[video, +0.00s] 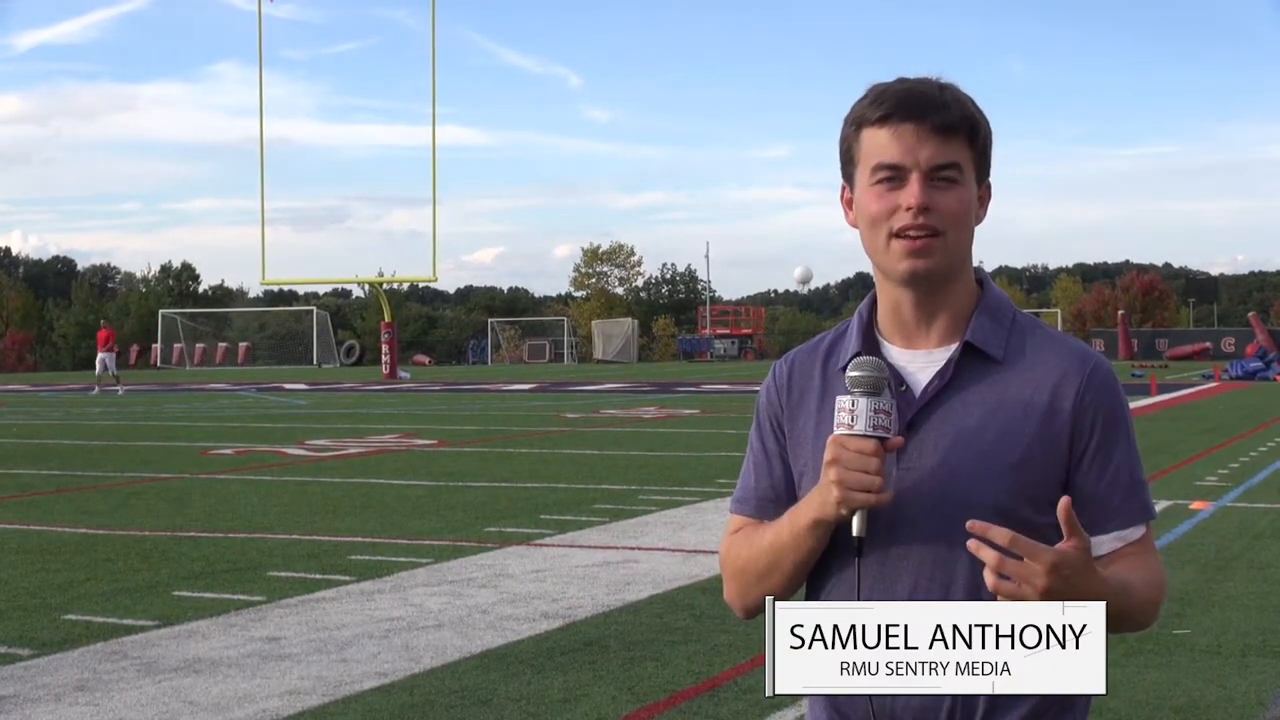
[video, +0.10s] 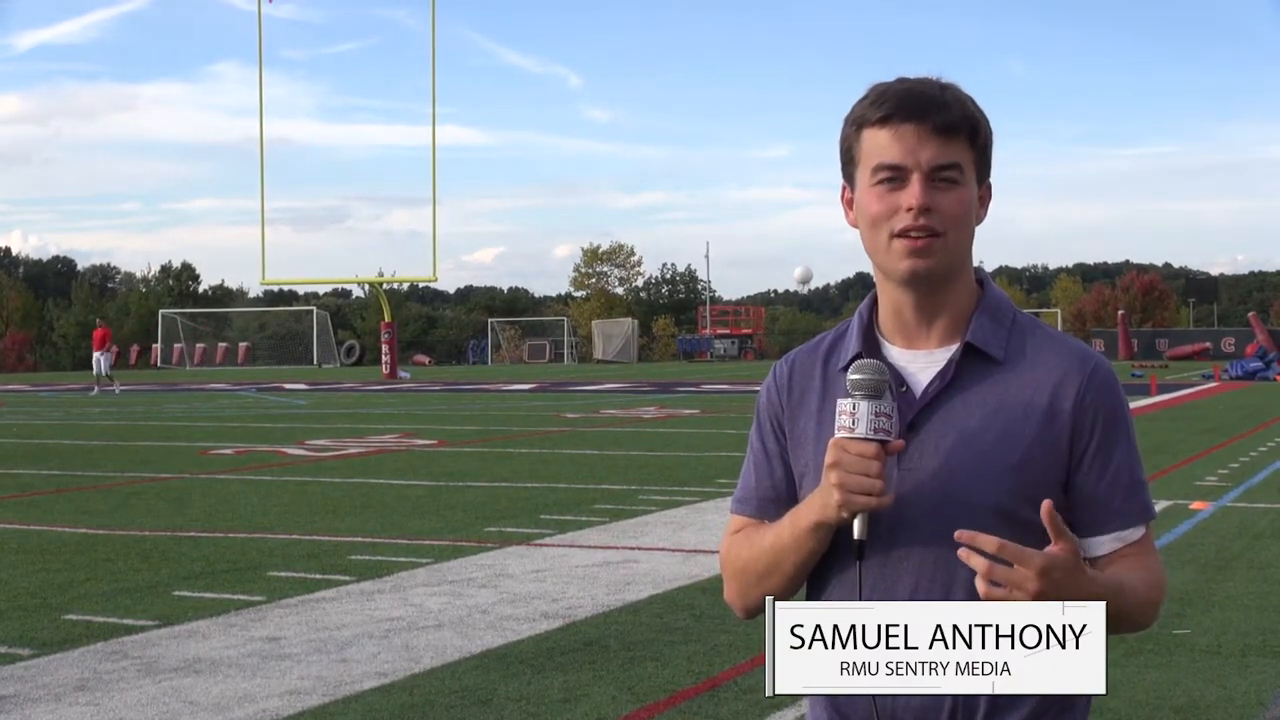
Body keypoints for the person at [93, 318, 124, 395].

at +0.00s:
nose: (103, 325)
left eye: (104, 323)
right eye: (102, 323)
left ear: (107, 324)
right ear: (100, 324)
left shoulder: (110, 332)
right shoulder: (99, 332)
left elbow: (111, 343)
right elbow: (99, 342)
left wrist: (104, 349)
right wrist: (98, 351)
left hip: (109, 353)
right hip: (101, 353)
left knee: (113, 372)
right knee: (98, 372)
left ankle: (120, 387)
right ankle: (97, 388)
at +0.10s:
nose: (98, 323)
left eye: (99, 322)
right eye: (97, 322)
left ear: (102, 322)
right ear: (96, 323)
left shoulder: (106, 331)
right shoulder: (95, 332)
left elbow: (109, 342)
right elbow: (94, 342)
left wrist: (104, 350)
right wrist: (94, 351)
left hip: (104, 353)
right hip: (96, 353)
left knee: (105, 372)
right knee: (96, 372)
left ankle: (116, 384)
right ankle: (97, 388)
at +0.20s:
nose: (95, 323)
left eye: (96, 321)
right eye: (94, 322)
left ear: (99, 322)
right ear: (93, 323)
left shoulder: (104, 331)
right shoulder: (91, 331)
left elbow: (107, 342)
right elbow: (89, 343)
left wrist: (105, 352)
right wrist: (87, 353)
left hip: (100, 352)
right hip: (92, 352)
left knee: (99, 371)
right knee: (94, 372)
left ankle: (107, 383)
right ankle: (97, 387)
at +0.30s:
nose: (91, 323)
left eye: (92, 321)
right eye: (90, 321)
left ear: (95, 322)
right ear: (89, 322)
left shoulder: (100, 331)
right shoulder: (87, 331)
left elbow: (105, 342)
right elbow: (84, 343)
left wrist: (106, 352)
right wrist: (81, 352)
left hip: (98, 351)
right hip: (90, 351)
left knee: (93, 369)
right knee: (93, 370)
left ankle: (97, 387)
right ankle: (97, 387)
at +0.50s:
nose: (86, 324)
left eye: (87, 322)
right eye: (85, 322)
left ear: (91, 323)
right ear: (83, 323)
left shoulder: (95, 332)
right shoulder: (81, 332)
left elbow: (100, 344)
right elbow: (76, 344)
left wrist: (104, 353)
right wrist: (70, 351)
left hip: (92, 353)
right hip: (84, 353)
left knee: (87, 371)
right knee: (88, 372)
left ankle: (85, 388)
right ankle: (95, 388)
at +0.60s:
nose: (83, 324)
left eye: (84, 322)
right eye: (82, 322)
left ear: (88, 323)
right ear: (81, 323)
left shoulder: (92, 332)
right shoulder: (79, 332)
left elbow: (97, 344)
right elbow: (74, 344)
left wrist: (100, 353)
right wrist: (68, 352)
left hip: (89, 353)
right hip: (81, 353)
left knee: (84, 372)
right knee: (83, 373)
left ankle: (84, 390)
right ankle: (93, 387)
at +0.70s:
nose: (80, 324)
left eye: (82, 322)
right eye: (79, 322)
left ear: (85, 323)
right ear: (78, 323)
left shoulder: (90, 331)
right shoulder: (75, 332)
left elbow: (93, 343)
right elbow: (72, 344)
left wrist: (93, 353)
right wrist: (68, 352)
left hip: (86, 352)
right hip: (78, 353)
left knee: (83, 372)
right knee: (76, 373)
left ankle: (84, 390)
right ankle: (86, 384)